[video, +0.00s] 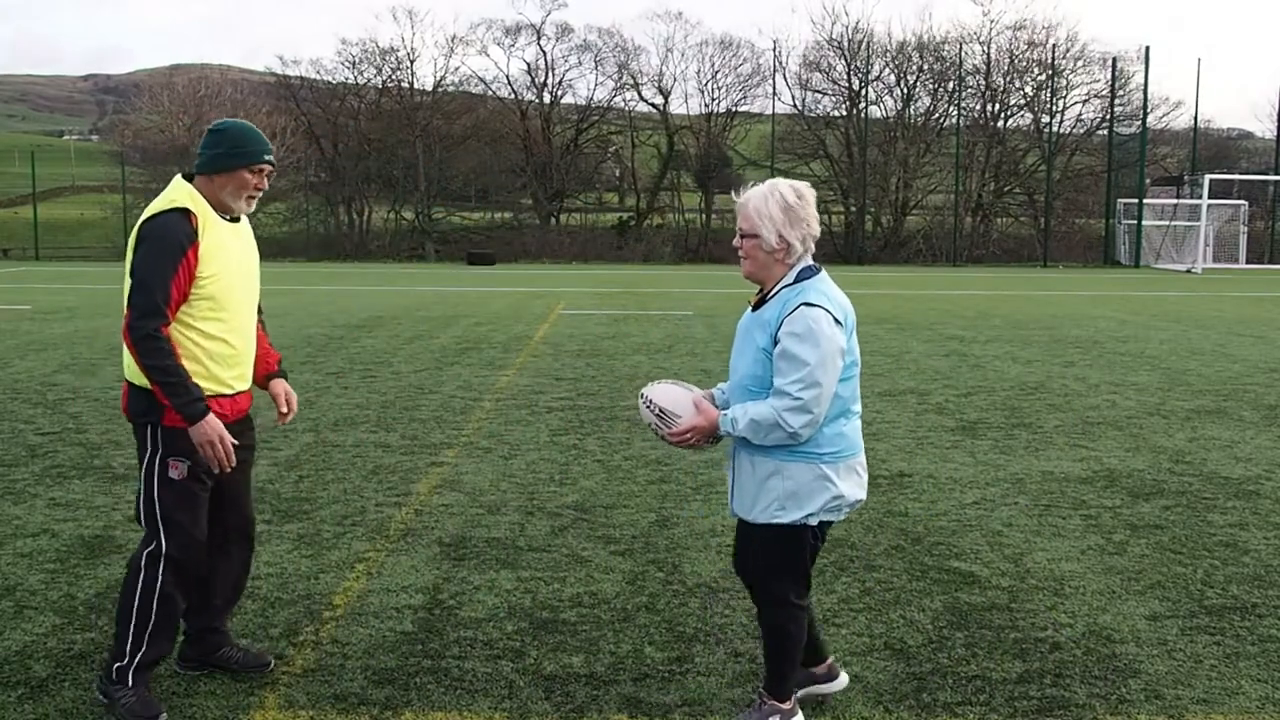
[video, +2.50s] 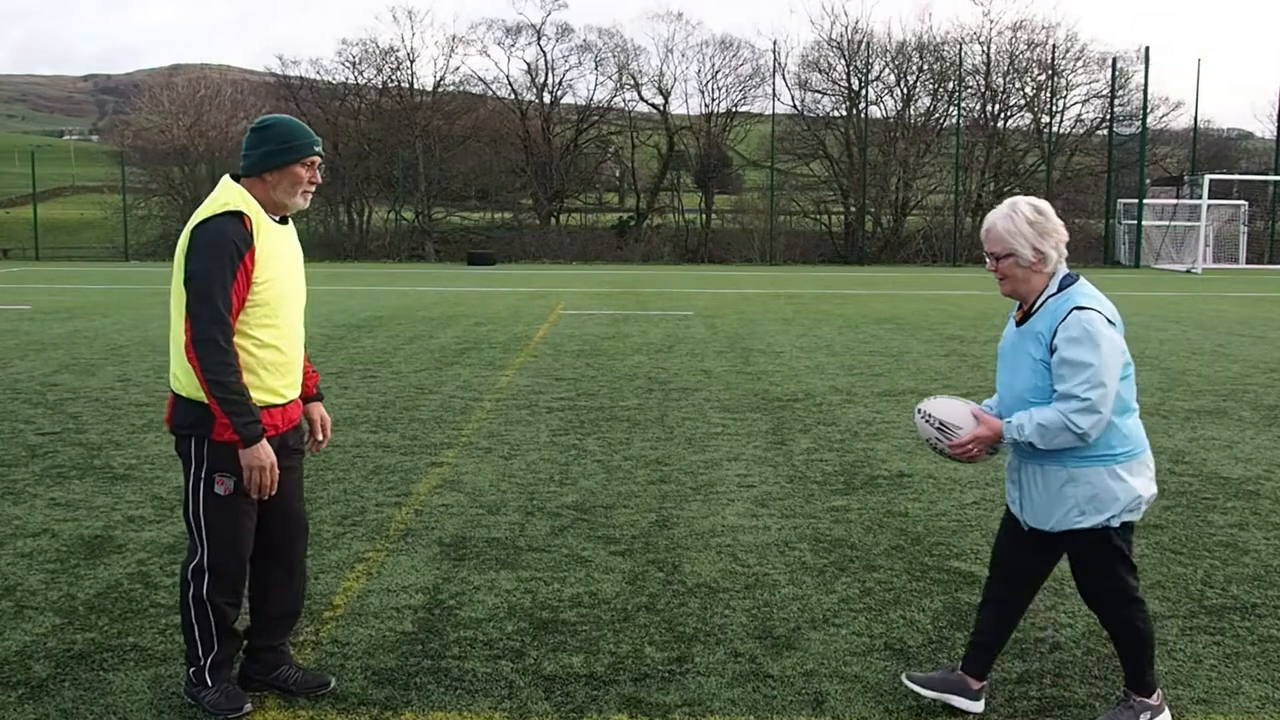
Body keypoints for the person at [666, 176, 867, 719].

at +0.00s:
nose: (737, 245)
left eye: (747, 236)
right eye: (737, 235)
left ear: (783, 244)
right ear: (774, 244)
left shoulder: (810, 313)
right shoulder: (776, 301)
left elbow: (797, 415)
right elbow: (758, 383)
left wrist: (723, 422)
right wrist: (708, 402)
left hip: (802, 476)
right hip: (770, 467)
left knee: (778, 585)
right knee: (754, 563)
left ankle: (780, 701)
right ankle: (814, 665)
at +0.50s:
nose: (811, 252)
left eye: (823, 242)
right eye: (809, 241)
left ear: (860, 249)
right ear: (848, 251)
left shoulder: (880, 316)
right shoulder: (851, 308)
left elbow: (872, 414)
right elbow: (834, 390)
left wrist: (802, 424)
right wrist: (785, 413)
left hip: (880, 480)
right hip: (862, 475)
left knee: (830, 582)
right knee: (874, 578)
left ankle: (786, 699)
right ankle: (931, 677)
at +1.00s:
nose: (913, 243)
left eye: (926, 234)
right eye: (912, 233)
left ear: (962, 242)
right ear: (916, 236)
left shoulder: (989, 310)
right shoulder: (937, 303)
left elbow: (981, 405)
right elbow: (927, 380)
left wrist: (904, 411)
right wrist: (884, 400)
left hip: (981, 474)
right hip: (935, 470)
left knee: (970, 580)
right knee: (922, 573)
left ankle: (1044, 681)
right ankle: (934, 681)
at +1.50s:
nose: (1004, 252)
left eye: (1014, 242)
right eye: (1003, 241)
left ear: (1051, 246)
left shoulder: (1096, 313)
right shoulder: (1028, 304)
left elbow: (1102, 410)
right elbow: (1023, 384)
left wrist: (1024, 424)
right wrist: (987, 415)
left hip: (1096, 477)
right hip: (1047, 469)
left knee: (1079, 587)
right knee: (1037, 565)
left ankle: (1084, 700)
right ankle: (1101, 667)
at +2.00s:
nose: (1046, 255)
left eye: (1057, 245)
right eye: (1043, 244)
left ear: (1095, 247)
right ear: (1046, 245)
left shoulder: (1137, 312)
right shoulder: (1069, 302)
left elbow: (1150, 408)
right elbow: (1061, 382)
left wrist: (1072, 428)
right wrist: (1030, 419)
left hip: (1140, 478)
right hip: (1099, 475)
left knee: (1136, 590)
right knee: (1116, 586)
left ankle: (1147, 698)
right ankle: (1134, 686)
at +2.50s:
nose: (992, 268)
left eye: (999, 257)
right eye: (989, 258)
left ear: (1038, 255)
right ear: (1034, 257)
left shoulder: (1081, 320)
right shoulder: (1026, 313)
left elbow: (1082, 418)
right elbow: (1020, 393)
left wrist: (1004, 430)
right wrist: (974, 422)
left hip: (1094, 483)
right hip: (1040, 478)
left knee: (1111, 593)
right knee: (1008, 580)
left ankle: (1146, 698)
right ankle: (969, 677)